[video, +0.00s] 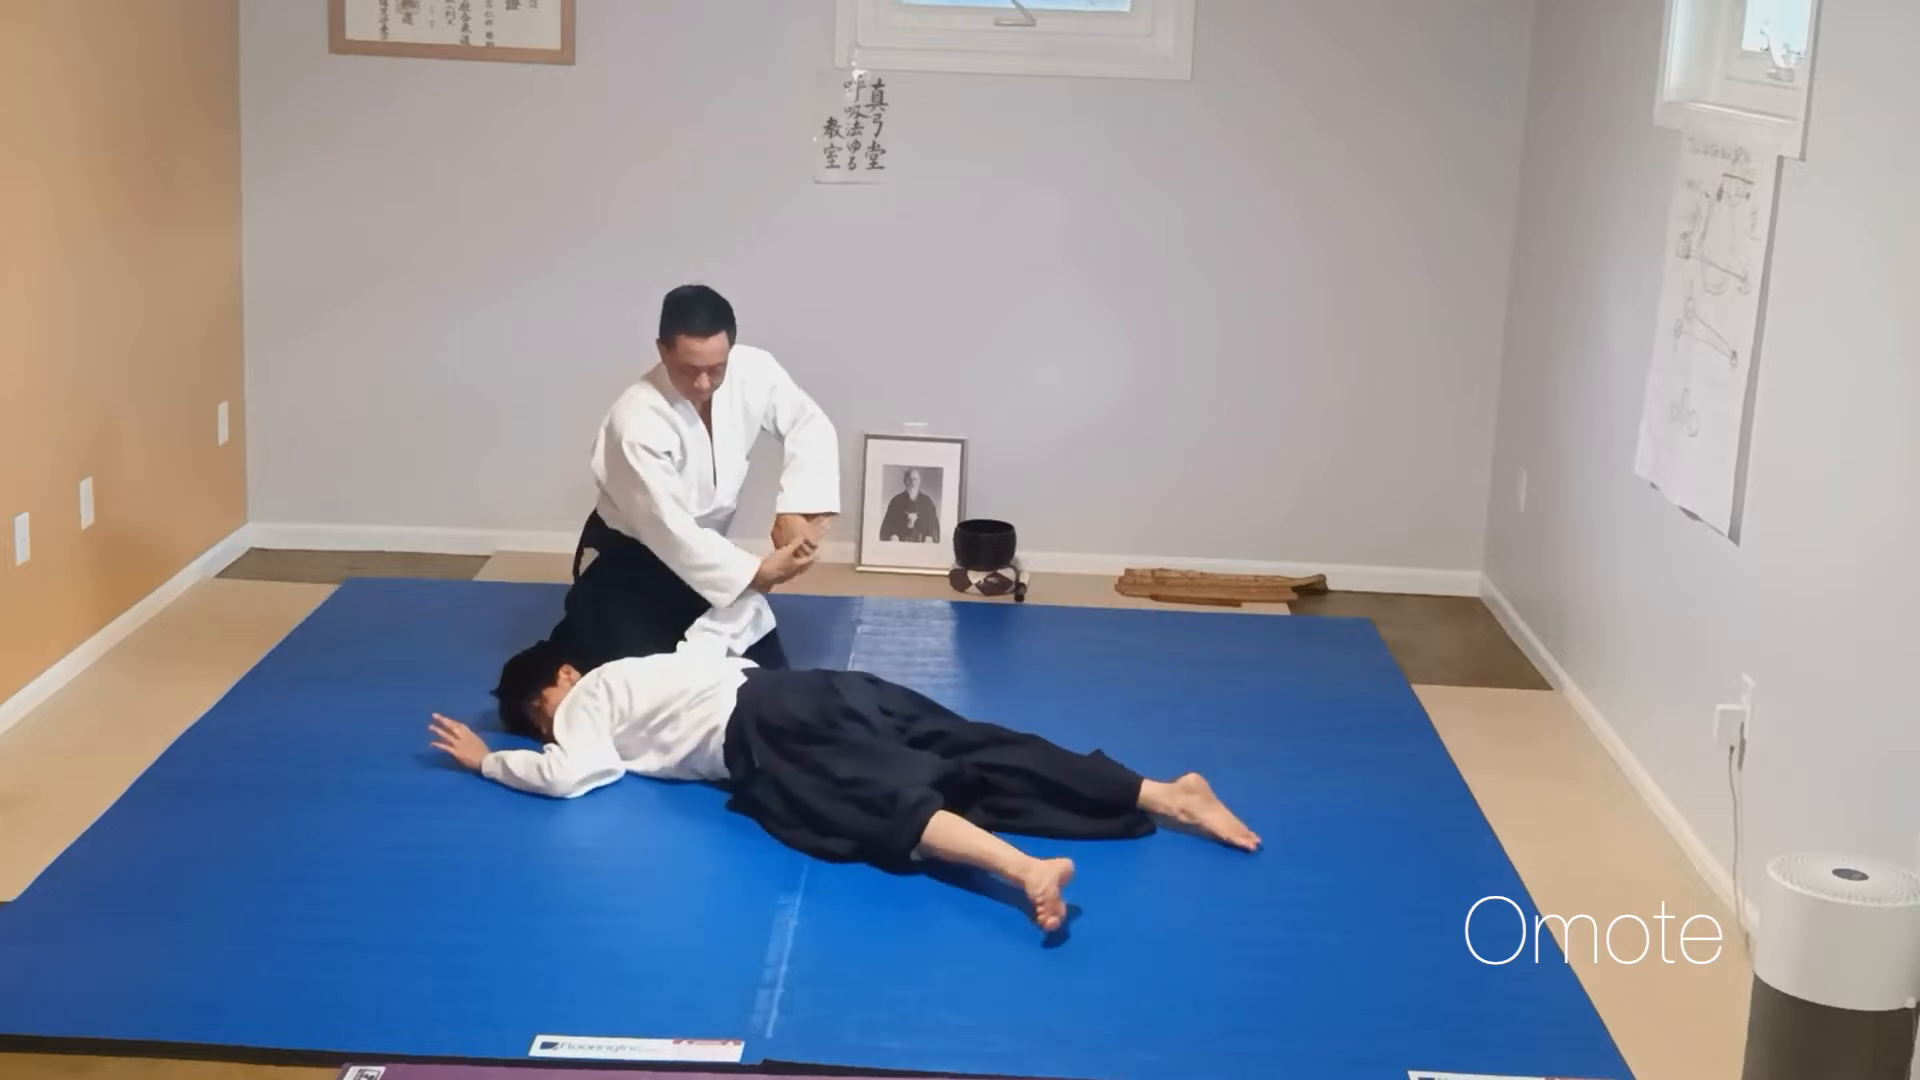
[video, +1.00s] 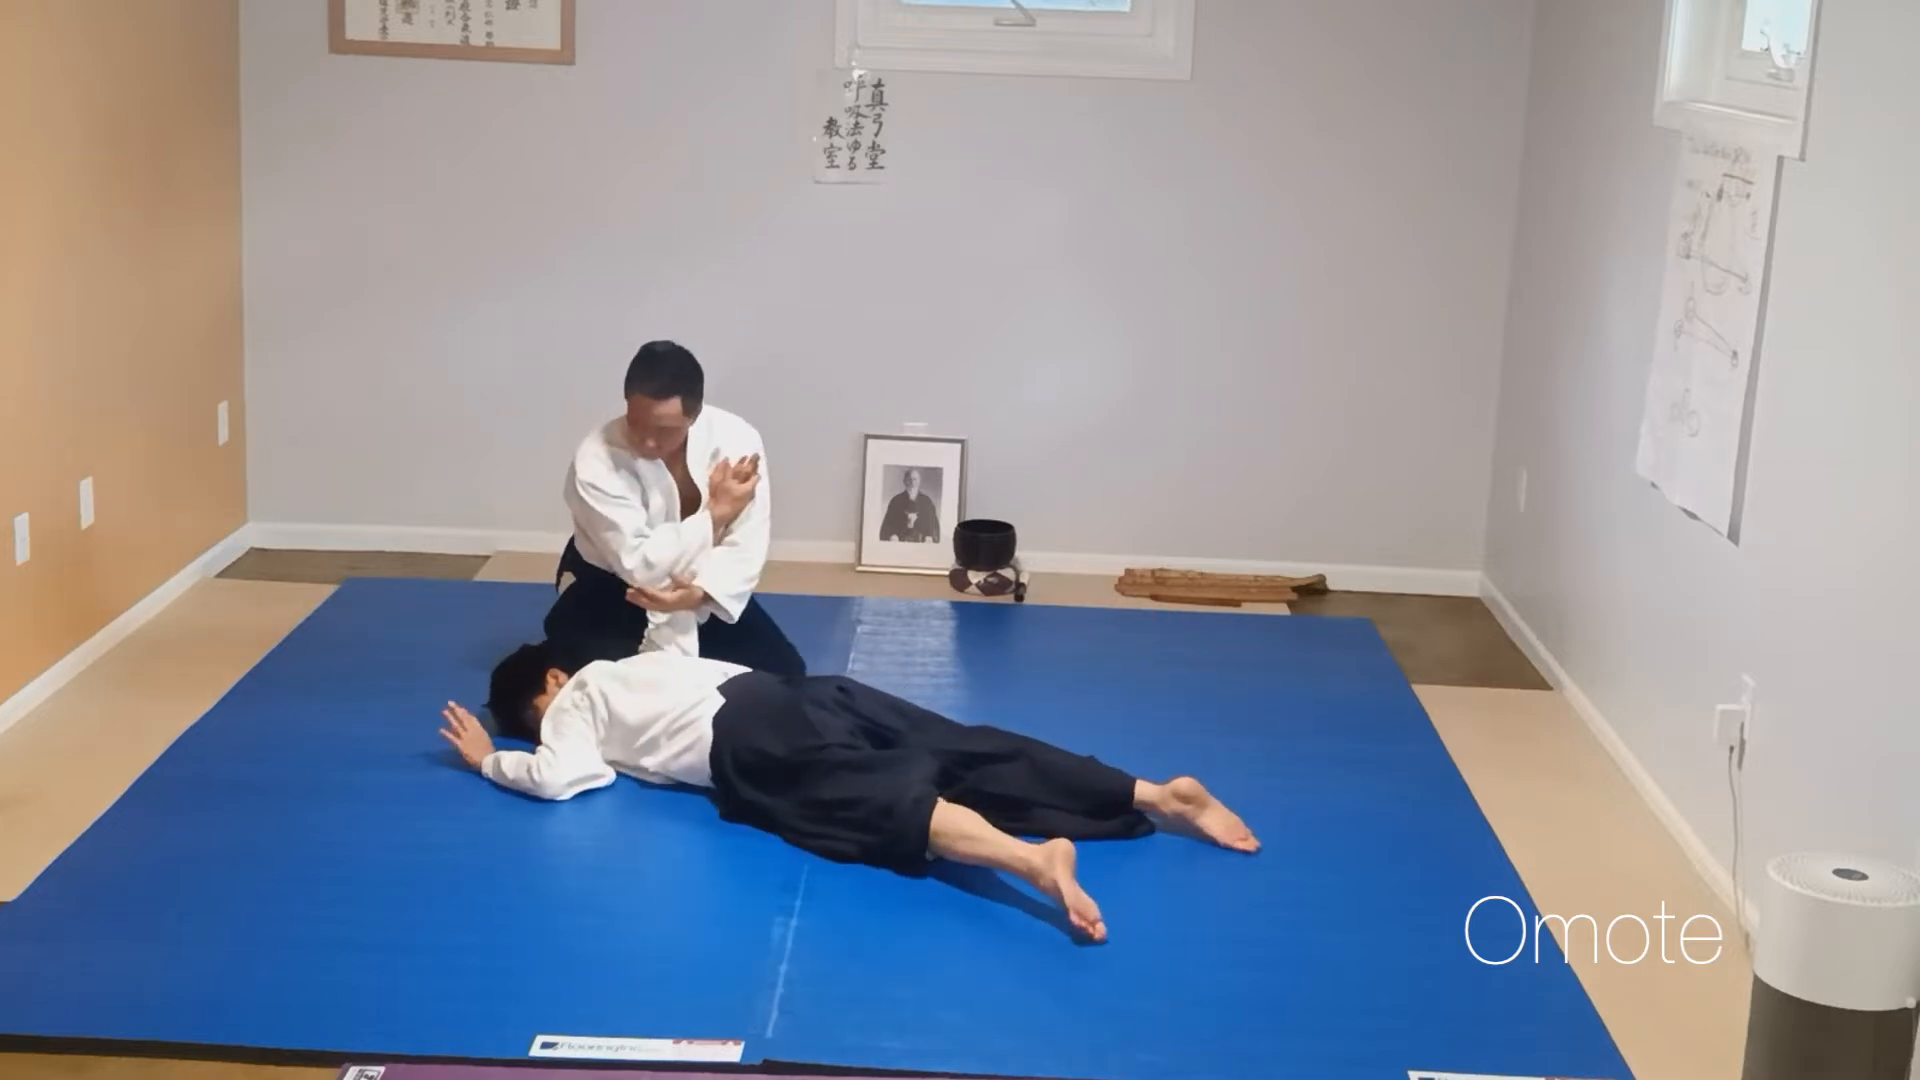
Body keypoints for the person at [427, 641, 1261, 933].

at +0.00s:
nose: (543, 729)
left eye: (536, 714)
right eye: (539, 716)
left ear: (557, 686)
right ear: (577, 669)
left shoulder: (585, 701)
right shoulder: (667, 658)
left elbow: (567, 777)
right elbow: (731, 628)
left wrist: (484, 759)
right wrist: (766, 577)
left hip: (769, 727)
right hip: (821, 682)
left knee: (876, 805)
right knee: (974, 746)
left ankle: (1020, 867)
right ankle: (1171, 794)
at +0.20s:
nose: (548, 720)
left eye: (539, 709)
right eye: (545, 710)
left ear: (559, 687)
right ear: (577, 667)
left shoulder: (584, 702)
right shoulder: (661, 662)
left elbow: (569, 771)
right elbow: (727, 627)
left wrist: (484, 759)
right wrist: (762, 550)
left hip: (766, 728)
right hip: (815, 682)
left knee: (881, 806)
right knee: (968, 748)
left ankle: (1008, 881)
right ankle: (1165, 797)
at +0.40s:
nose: (539, 726)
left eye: (532, 712)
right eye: (536, 714)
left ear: (552, 689)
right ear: (573, 668)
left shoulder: (579, 701)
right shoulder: (653, 658)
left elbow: (563, 778)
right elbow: (716, 627)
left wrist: (484, 759)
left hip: (760, 740)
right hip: (807, 685)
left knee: (885, 809)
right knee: (966, 745)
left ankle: (1022, 863)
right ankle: (1165, 795)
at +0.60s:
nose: (537, 730)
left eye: (529, 716)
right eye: (533, 715)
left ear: (546, 694)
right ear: (571, 669)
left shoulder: (575, 705)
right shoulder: (655, 650)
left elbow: (559, 779)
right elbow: (706, 590)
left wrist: (483, 757)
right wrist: (740, 505)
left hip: (751, 737)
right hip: (805, 688)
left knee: (891, 804)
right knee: (963, 746)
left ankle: (1041, 839)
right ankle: (1161, 795)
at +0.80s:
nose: (535, 724)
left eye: (528, 712)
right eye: (534, 710)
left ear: (545, 694)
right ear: (569, 670)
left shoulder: (573, 709)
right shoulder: (651, 651)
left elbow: (557, 778)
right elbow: (689, 591)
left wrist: (485, 757)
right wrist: (717, 511)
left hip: (745, 736)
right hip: (800, 688)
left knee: (890, 801)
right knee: (962, 746)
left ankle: (1036, 846)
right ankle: (1159, 795)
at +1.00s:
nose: (536, 720)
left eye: (527, 710)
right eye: (533, 709)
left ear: (546, 692)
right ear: (573, 664)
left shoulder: (573, 699)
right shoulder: (647, 660)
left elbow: (558, 778)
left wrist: (488, 759)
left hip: (748, 737)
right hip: (802, 687)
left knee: (889, 809)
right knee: (964, 748)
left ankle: (1030, 860)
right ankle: (1159, 797)